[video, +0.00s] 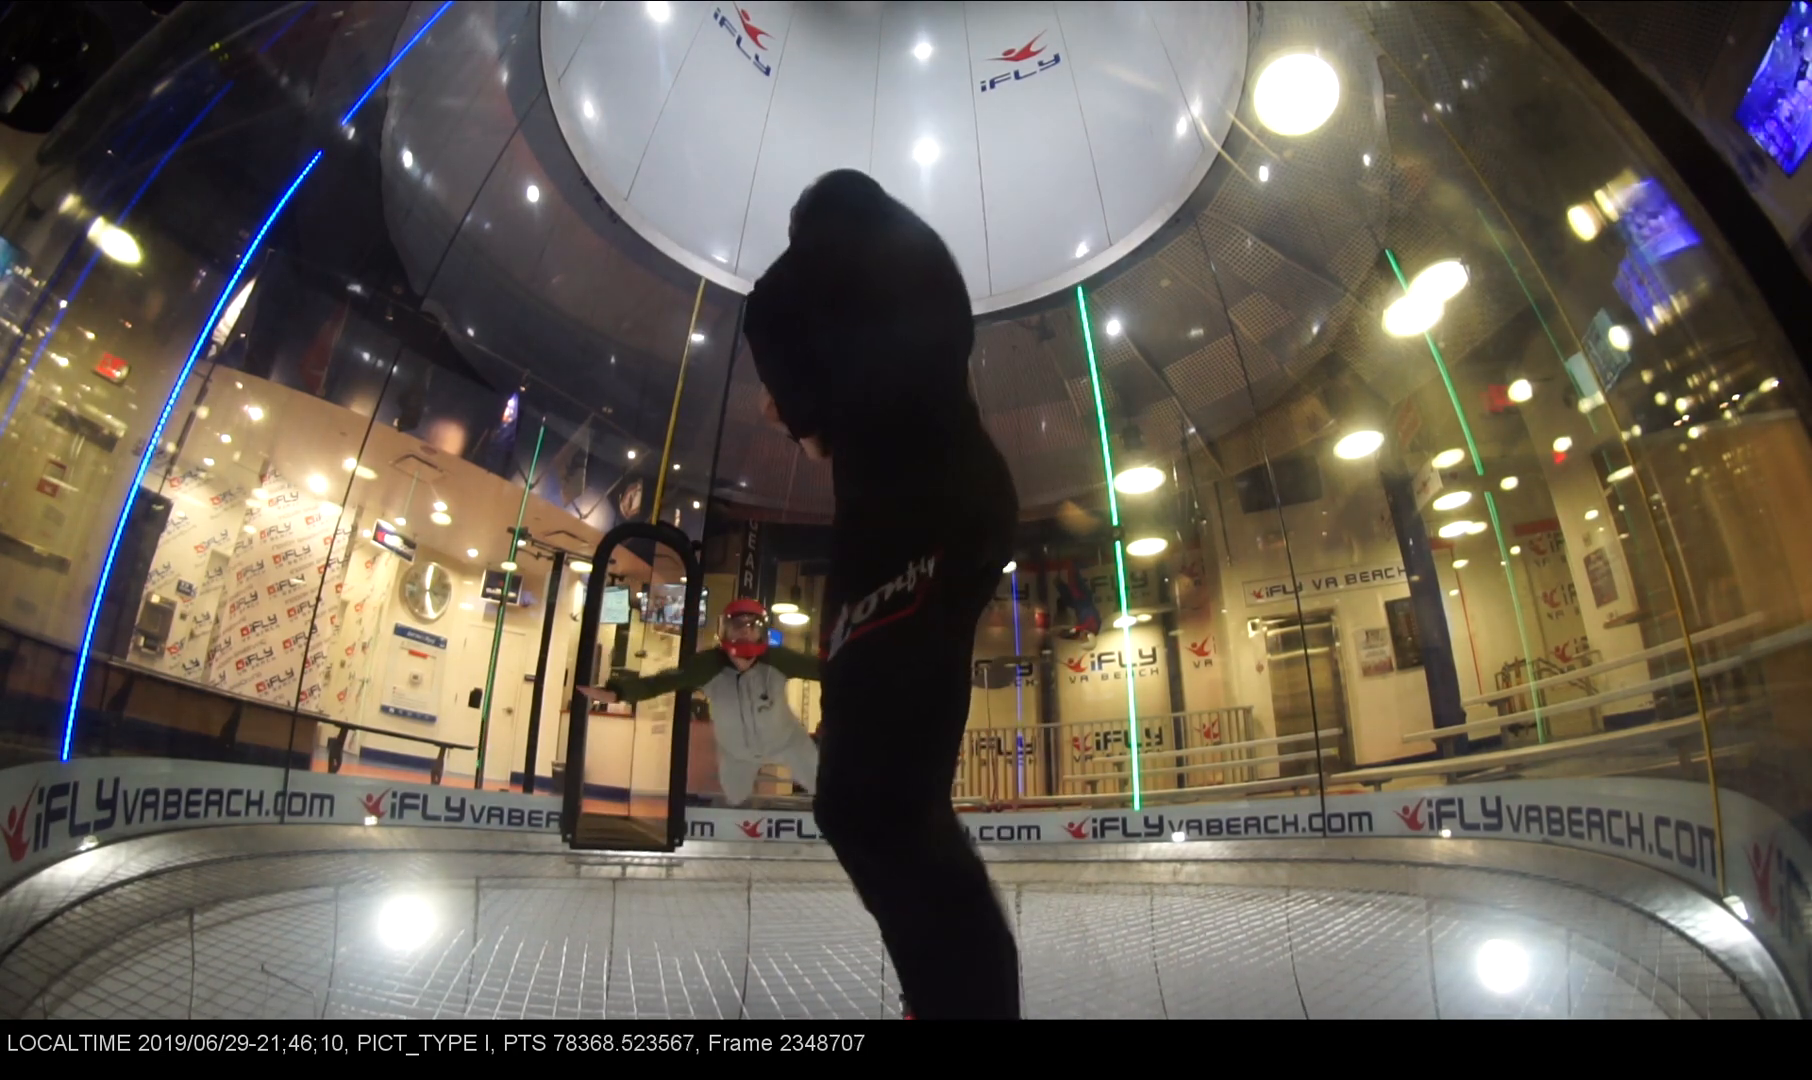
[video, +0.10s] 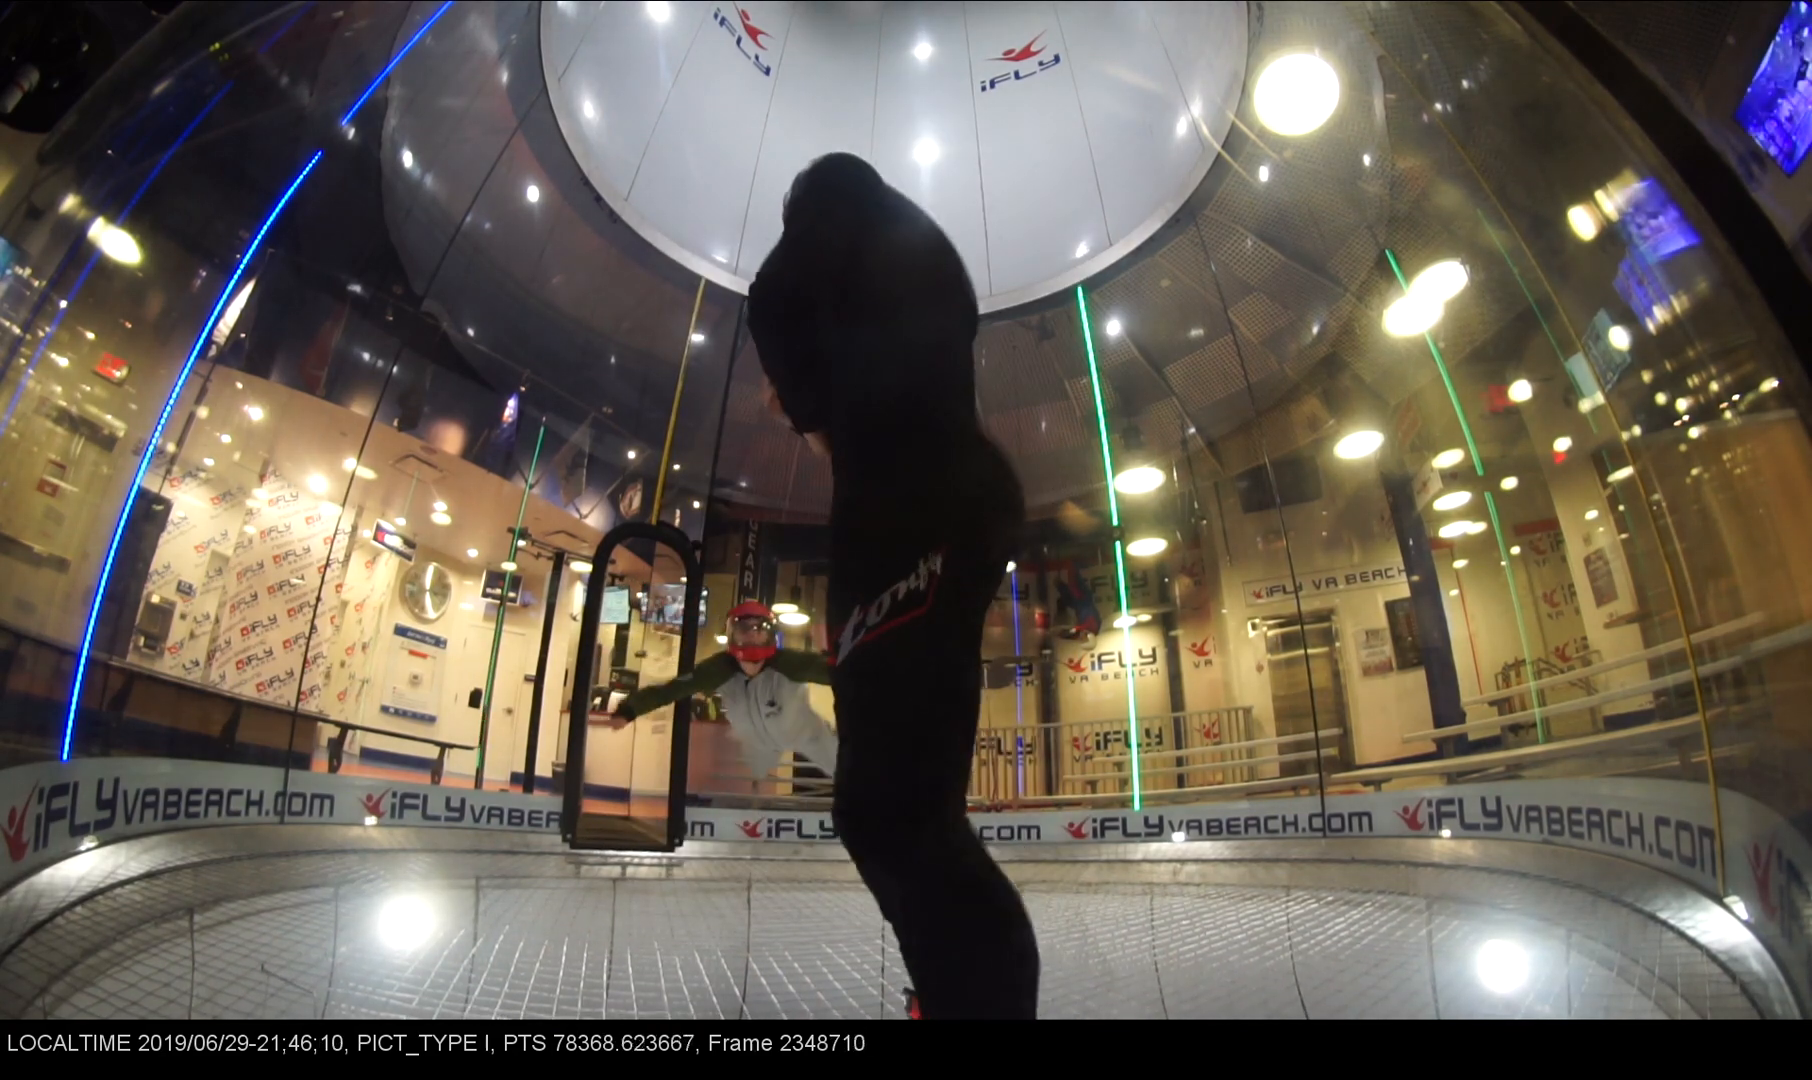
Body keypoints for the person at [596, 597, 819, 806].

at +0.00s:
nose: (746, 633)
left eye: (753, 625)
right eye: (739, 625)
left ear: (764, 631)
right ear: (724, 630)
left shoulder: (777, 659)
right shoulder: (709, 664)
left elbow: (826, 670)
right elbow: (665, 682)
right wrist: (616, 693)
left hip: (789, 744)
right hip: (737, 755)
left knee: (828, 787)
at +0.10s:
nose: (751, 634)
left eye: (759, 627)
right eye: (743, 627)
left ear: (770, 634)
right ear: (731, 633)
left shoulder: (787, 662)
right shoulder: (721, 668)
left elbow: (837, 672)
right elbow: (678, 687)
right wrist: (629, 710)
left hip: (808, 736)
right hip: (761, 745)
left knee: (848, 774)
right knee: (758, 786)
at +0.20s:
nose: (762, 639)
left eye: (769, 631)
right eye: (754, 632)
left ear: (779, 637)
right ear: (742, 639)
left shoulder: (799, 665)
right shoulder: (731, 671)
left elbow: (843, 683)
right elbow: (686, 688)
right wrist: (634, 712)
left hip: (841, 723)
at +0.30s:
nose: (774, 641)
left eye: (780, 634)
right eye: (766, 634)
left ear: (790, 638)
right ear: (756, 639)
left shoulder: (811, 665)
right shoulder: (749, 666)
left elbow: (856, 686)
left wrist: (845, 673)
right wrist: (683, 685)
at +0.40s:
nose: (795, 636)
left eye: (803, 628)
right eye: (786, 629)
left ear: (813, 632)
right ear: (775, 633)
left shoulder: (832, 661)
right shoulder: (763, 658)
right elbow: (710, 678)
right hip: (780, 748)